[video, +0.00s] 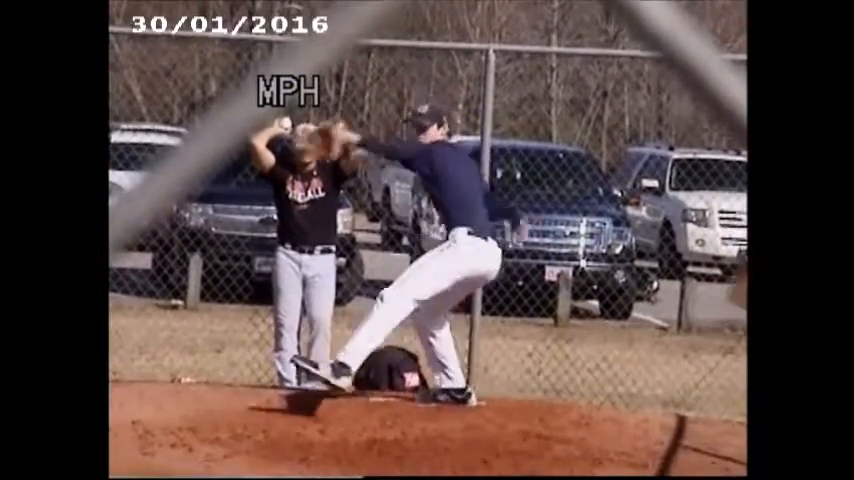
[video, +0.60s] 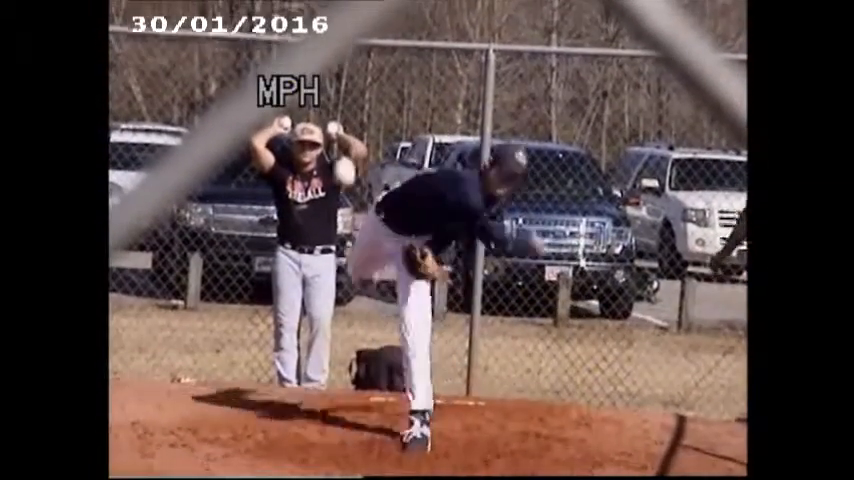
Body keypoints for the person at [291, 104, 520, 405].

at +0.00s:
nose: (418, 133)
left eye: (424, 128)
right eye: (417, 128)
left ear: (442, 128)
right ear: (444, 131)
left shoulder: (431, 154)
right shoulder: (466, 157)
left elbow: (393, 150)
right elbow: (488, 198)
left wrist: (359, 139)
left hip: (465, 247)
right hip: (490, 253)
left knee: (396, 297)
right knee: (428, 315)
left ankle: (343, 368)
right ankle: (454, 387)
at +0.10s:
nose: (416, 136)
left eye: (422, 131)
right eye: (415, 130)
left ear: (439, 131)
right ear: (443, 134)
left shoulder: (427, 158)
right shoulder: (468, 159)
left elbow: (397, 154)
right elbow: (498, 178)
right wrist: (476, 164)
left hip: (457, 258)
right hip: (478, 263)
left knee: (394, 308)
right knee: (422, 324)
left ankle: (369, 381)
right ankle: (452, 389)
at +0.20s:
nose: (417, 125)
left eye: (423, 119)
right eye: (417, 119)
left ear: (443, 120)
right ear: (442, 120)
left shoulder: (430, 146)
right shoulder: (470, 149)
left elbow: (430, 145)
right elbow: (510, 144)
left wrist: (443, 169)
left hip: (449, 253)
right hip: (457, 253)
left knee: (392, 309)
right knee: (420, 320)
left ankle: (401, 395)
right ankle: (442, 377)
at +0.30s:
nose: (444, 133)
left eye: (451, 129)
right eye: (446, 126)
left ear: (462, 135)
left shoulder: (458, 164)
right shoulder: (433, 160)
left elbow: (487, 206)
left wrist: (486, 252)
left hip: (437, 261)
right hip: (408, 259)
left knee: (414, 327)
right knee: (413, 331)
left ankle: (415, 416)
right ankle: (421, 392)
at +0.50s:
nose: (503, 207)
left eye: (508, 202)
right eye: (505, 199)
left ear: (496, 184)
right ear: (493, 180)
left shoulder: (484, 204)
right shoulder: (453, 181)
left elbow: (464, 240)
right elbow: (461, 232)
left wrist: (451, 264)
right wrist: (497, 265)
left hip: (427, 244)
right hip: (388, 239)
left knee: (420, 327)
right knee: (379, 320)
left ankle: (421, 417)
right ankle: (376, 375)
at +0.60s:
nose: (504, 188)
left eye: (512, 183)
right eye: (503, 178)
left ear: (517, 183)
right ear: (489, 166)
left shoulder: (489, 201)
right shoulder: (463, 189)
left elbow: (455, 235)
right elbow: (493, 239)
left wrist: (438, 263)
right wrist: (525, 244)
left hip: (420, 241)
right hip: (383, 226)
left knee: (415, 334)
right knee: (359, 274)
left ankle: (420, 418)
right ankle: (365, 280)